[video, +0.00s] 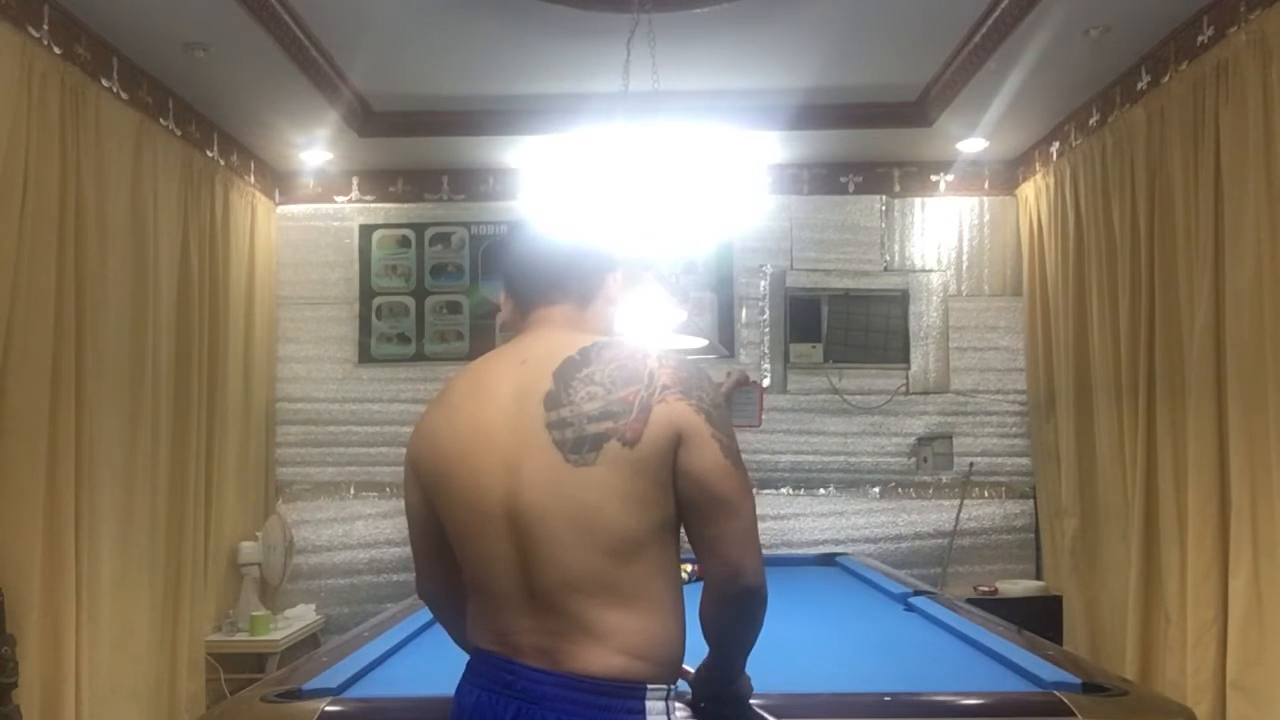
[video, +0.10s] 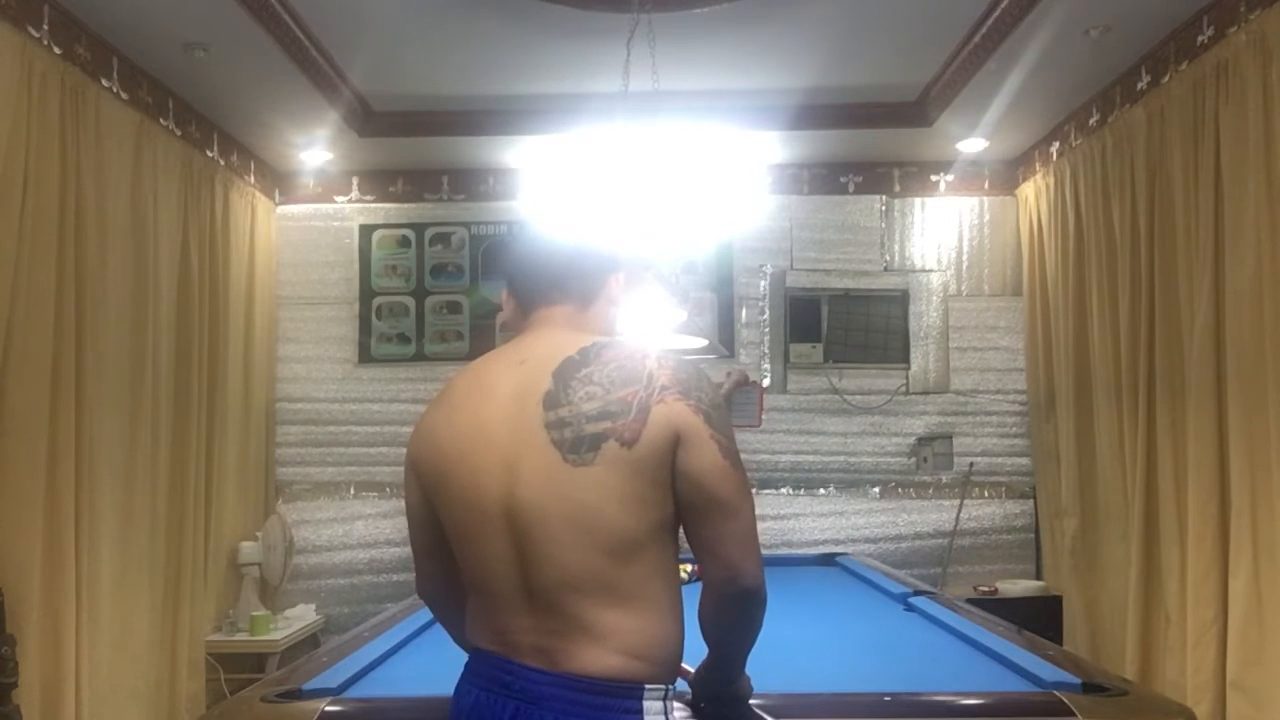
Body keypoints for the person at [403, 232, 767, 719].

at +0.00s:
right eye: (630, 282)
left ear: (507, 303)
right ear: (613, 285)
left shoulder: (443, 409)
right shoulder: (668, 385)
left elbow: (437, 585)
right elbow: (739, 578)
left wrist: (502, 658)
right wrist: (723, 673)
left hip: (486, 697)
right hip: (626, 703)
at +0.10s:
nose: (499, 309)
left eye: (501, 295)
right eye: (632, 284)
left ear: (509, 298)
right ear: (616, 285)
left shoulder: (444, 407)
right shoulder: (668, 386)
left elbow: (436, 583)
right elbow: (738, 580)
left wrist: (500, 657)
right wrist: (722, 674)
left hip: (485, 697)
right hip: (624, 703)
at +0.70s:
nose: (645, 307)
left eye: (648, 291)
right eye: (647, 291)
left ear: (542, 289)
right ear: (635, 293)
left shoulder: (447, 401)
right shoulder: (664, 390)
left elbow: (436, 582)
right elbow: (734, 587)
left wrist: (498, 654)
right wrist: (722, 675)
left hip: (479, 696)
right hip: (615, 703)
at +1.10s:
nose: (651, 317)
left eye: (656, 301)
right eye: (654, 300)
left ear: (548, 289)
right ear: (640, 297)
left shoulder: (450, 401)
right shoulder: (667, 393)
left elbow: (436, 582)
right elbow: (748, 585)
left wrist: (497, 647)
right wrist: (722, 657)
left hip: (479, 696)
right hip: (615, 704)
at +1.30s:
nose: (651, 315)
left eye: (655, 299)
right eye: (654, 298)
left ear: (547, 288)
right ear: (642, 297)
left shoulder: (452, 396)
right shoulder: (670, 393)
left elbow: (427, 573)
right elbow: (745, 578)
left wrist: (501, 642)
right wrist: (675, 571)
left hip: (479, 697)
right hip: (612, 705)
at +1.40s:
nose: (653, 311)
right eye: (655, 292)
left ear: (544, 288)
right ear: (646, 297)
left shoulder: (457, 390)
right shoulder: (675, 395)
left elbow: (403, 561)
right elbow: (742, 574)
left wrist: (489, 636)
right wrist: (678, 549)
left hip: (479, 697)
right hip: (610, 704)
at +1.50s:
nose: (655, 309)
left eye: (658, 293)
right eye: (656, 292)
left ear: (546, 287)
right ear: (642, 293)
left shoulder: (456, 391)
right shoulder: (674, 396)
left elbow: (381, 549)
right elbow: (743, 569)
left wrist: (462, 637)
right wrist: (690, 545)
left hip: (480, 697)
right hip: (611, 703)